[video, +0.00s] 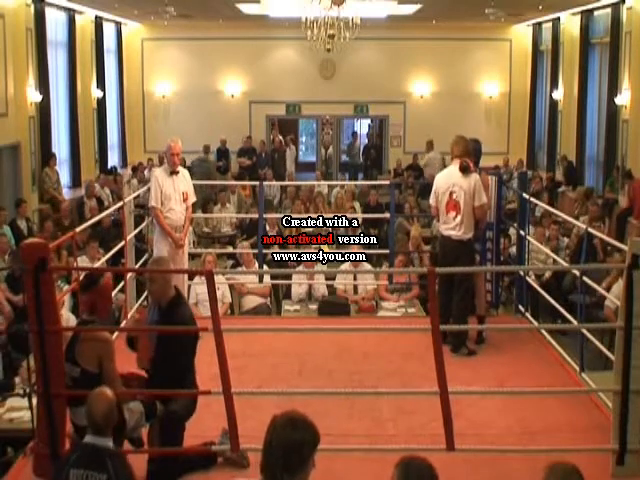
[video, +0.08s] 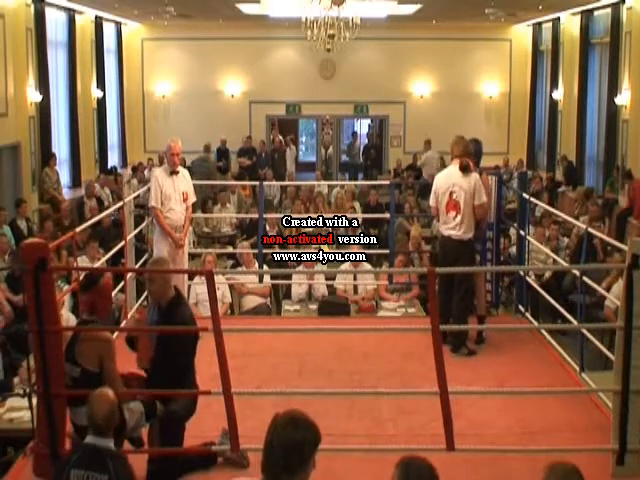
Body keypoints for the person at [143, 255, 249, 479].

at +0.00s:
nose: (149, 286)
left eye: (154, 280)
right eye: (147, 280)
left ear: (169, 280)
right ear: (148, 279)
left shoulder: (180, 318)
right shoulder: (158, 307)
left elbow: (171, 372)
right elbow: (141, 347)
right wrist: (133, 334)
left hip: (178, 396)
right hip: (161, 390)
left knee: (161, 470)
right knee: (159, 467)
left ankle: (217, 452)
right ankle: (215, 449)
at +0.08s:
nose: (149, 287)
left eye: (154, 281)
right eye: (148, 280)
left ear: (169, 280)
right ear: (146, 280)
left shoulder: (181, 319)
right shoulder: (158, 307)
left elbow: (170, 374)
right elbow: (143, 349)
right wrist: (132, 335)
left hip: (178, 396)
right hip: (160, 391)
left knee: (161, 469)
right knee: (159, 467)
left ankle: (217, 452)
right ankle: (215, 450)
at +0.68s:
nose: (145, 287)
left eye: (150, 282)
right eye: (144, 281)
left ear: (165, 282)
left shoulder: (180, 317)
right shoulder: (155, 308)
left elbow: (182, 368)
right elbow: (139, 336)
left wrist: (173, 405)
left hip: (176, 398)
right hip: (160, 393)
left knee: (162, 469)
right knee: (157, 467)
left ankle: (217, 451)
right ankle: (215, 449)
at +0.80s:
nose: (146, 288)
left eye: (150, 282)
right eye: (145, 281)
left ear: (166, 282)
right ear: (150, 281)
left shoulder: (181, 319)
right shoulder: (157, 308)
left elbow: (183, 370)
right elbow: (156, 358)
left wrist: (174, 407)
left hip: (175, 399)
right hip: (160, 394)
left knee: (162, 470)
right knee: (157, 467)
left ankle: (217, 451)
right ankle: (215, 449)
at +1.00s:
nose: (145, 288)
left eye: (150, 282)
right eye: (145, 282)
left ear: (166, 282)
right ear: (161, 283)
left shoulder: (181, 319)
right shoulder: (156, 307)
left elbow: (185, 372)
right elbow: (150, 350)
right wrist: (136, 325)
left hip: (176, 399)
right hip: (160, 393)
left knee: (160, 470)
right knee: (159, 467)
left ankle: (217, 451)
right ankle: (215, 450)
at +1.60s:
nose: (143, 292)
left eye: (146, 286)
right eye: (142, 286)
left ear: (161, 286)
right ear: (158, 286)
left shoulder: (182, 321)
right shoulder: (156, 309)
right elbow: (148, 350)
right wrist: (136, 336)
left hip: (179, 399)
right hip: (161, 393)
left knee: (161, 469)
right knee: (158, 467)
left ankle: (217, 451)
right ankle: (215, 449)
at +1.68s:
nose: (142, 293)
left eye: (145, 287)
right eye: (141, 287)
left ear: (161, 286)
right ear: (159, 286)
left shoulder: (181, 321)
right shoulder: (156, 309)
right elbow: (148, 350)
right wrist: (137, 336)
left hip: (178, 400)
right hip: (161, 394)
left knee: (160, 470)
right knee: (159, 467)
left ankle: (217, 451)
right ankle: (215, 450)